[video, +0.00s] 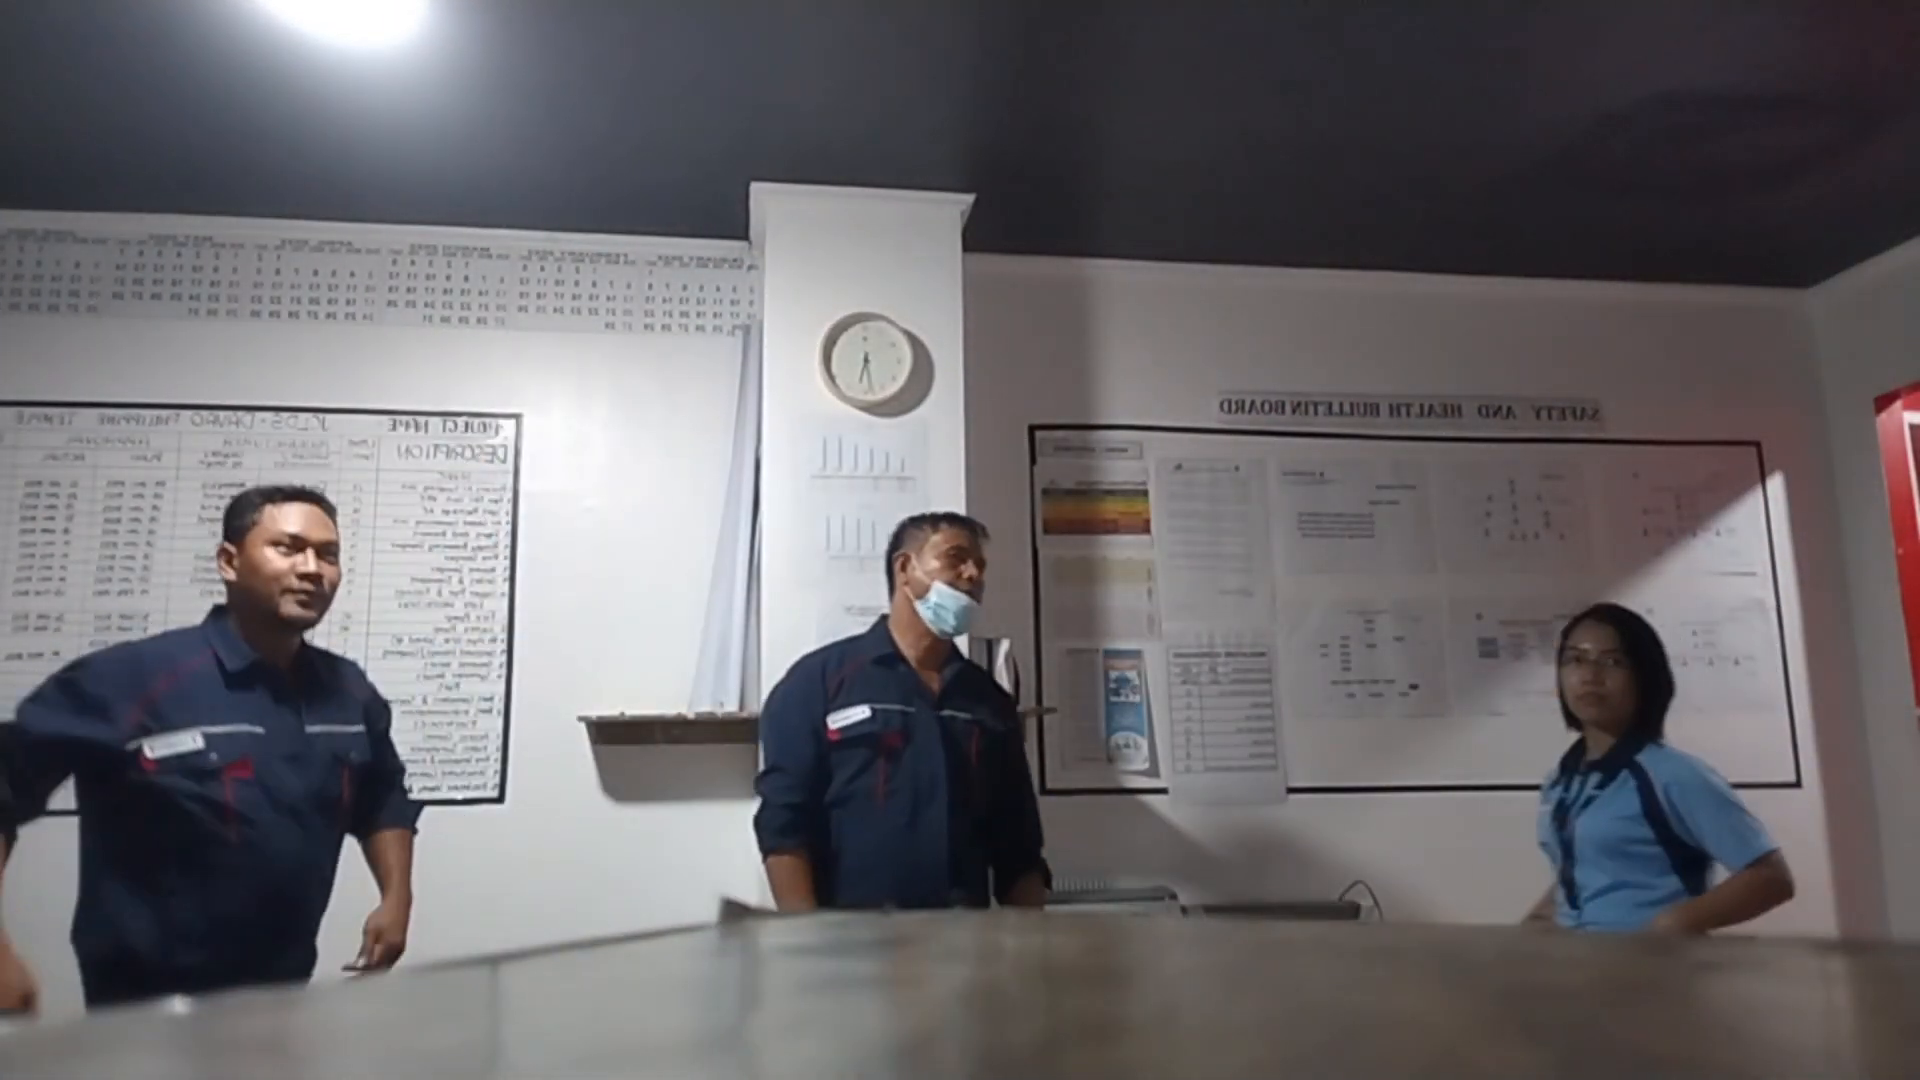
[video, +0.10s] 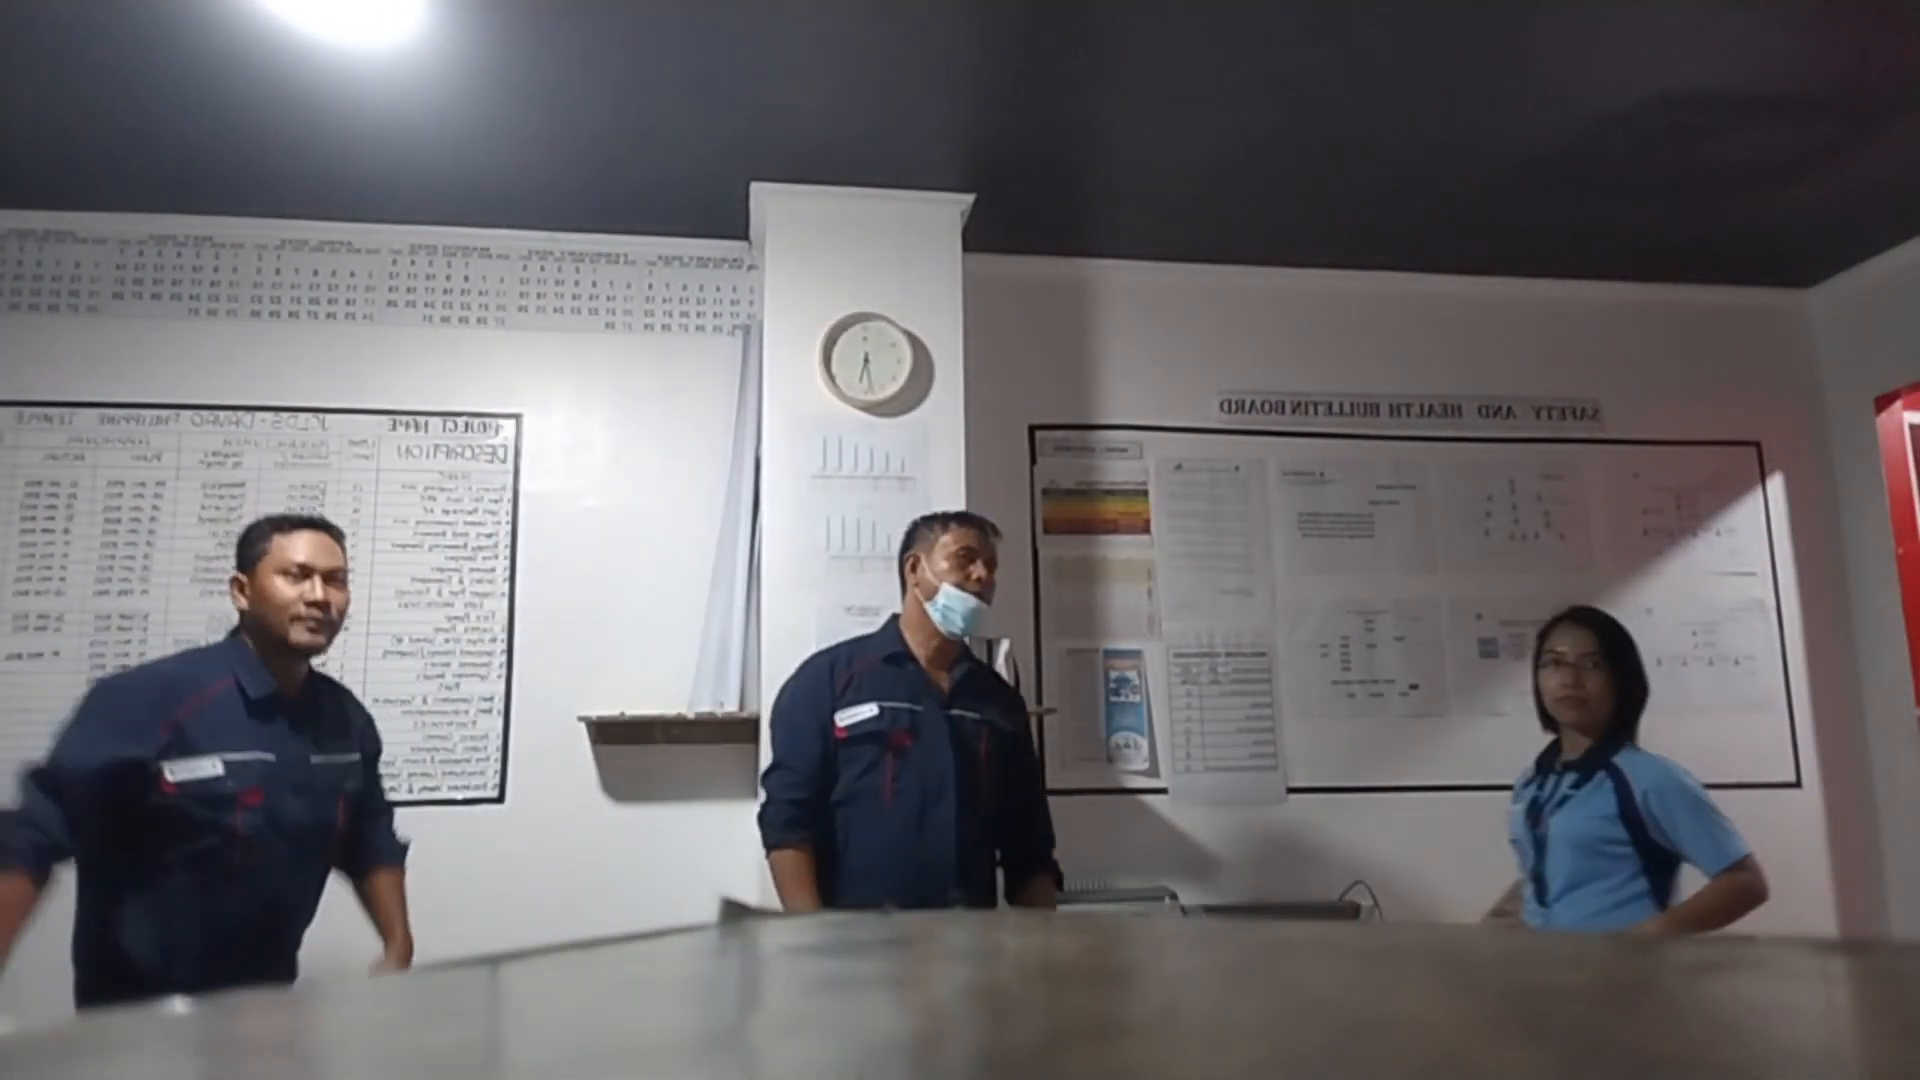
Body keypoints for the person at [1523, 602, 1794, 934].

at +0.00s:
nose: (1590, 675)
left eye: (1612, 662)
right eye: (1576, 660)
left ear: (1644, 675)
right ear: (1560, 677)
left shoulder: (1675, 777)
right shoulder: (1560, 784)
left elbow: (1772, 880)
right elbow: (1575, 884)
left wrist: (1676, 923)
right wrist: (1522, 941)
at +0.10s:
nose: (1570, 679)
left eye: (1591, 665)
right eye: (1554, 664)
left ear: (1622, 680)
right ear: (1536, 680)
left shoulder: (1651, 780)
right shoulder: (1532, 785)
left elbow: (1746, 884)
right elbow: (1538, 883)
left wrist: (1649, 936)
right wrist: (1482, 939)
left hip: (1624, 983)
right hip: (1542, 979)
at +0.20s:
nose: (1549, 678)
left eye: (1570, 664)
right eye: (1533, 663)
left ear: (1598, 680)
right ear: (1514, 679)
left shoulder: (1624, 778)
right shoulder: (1507, 785)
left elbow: (1713, 883)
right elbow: (1506, 876)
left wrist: (1622, 941)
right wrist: (1466, 910)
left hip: (1597, 980)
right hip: (1518, 979)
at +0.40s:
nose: (1506, 675)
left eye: (1527, 661)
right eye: (1490, 659)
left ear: (1554, 677)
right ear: (1472, 676)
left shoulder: (1575, 771)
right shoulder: (1459, 785)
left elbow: (1660, 879)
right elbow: (1455, 878)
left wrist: (1582, 958)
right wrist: (1427, 908)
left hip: (1559, 973)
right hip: (1477, 971)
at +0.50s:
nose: (1491, 675)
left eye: (1510, 662)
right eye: (1475, 659)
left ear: (1533, 679)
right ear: (1454, 677)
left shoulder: (1562, 770)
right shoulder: (1437, 786)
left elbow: (1640, 880)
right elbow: (1437, 889)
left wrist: (1579, 969)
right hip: (1469, 975)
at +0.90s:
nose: (1520, 686)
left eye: (1528, 673)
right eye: (1501, 673)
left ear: (1542, 686)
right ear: (1464, 690)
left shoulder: (1580, 776)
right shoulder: (1437, 793)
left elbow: (1641, 873)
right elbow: (1421, 899)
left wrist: (1626, 958)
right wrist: (1446, 970)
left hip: (1586, 969)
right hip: (1487, 972)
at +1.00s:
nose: (1540, 688)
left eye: (1547, 676)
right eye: (1521, 675)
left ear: (1557, 687)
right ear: (1476, 686)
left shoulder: (1581, 778)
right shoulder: (1444, 791)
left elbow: (1629, 871)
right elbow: (1425, 897)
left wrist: (1659, 942)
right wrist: (1468, 957)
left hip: (1596, 962)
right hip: (1501, 966)